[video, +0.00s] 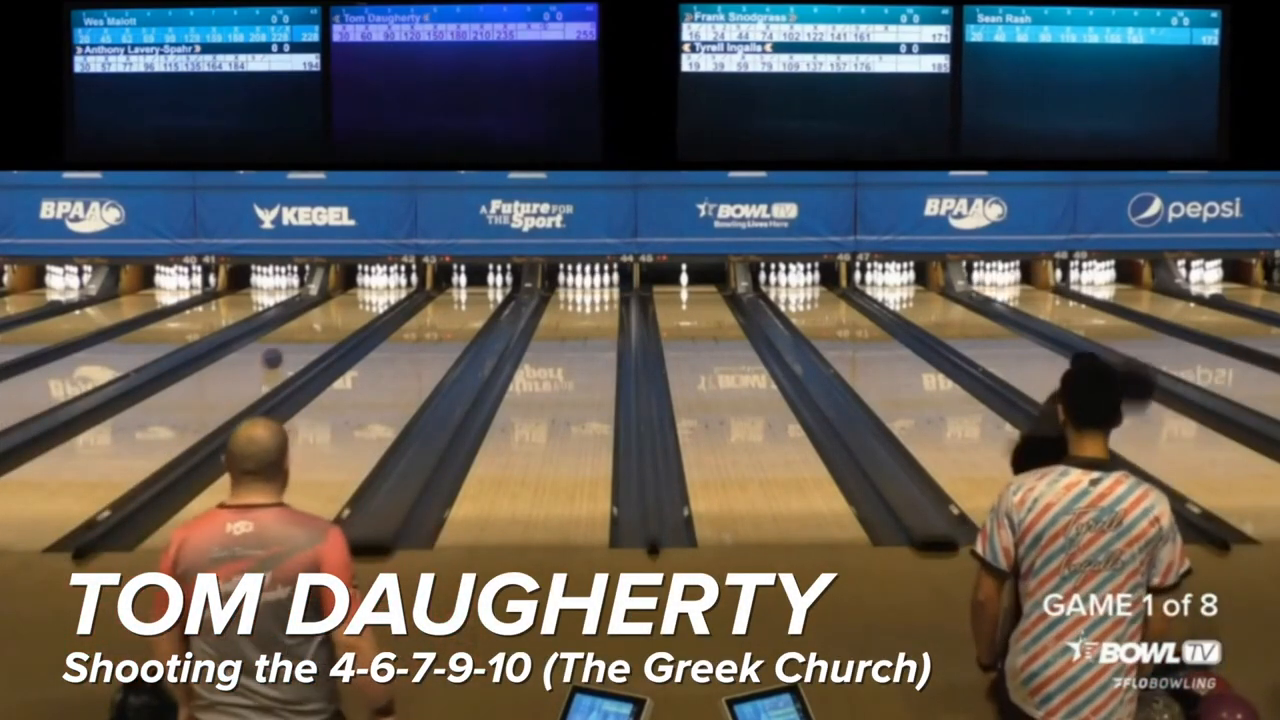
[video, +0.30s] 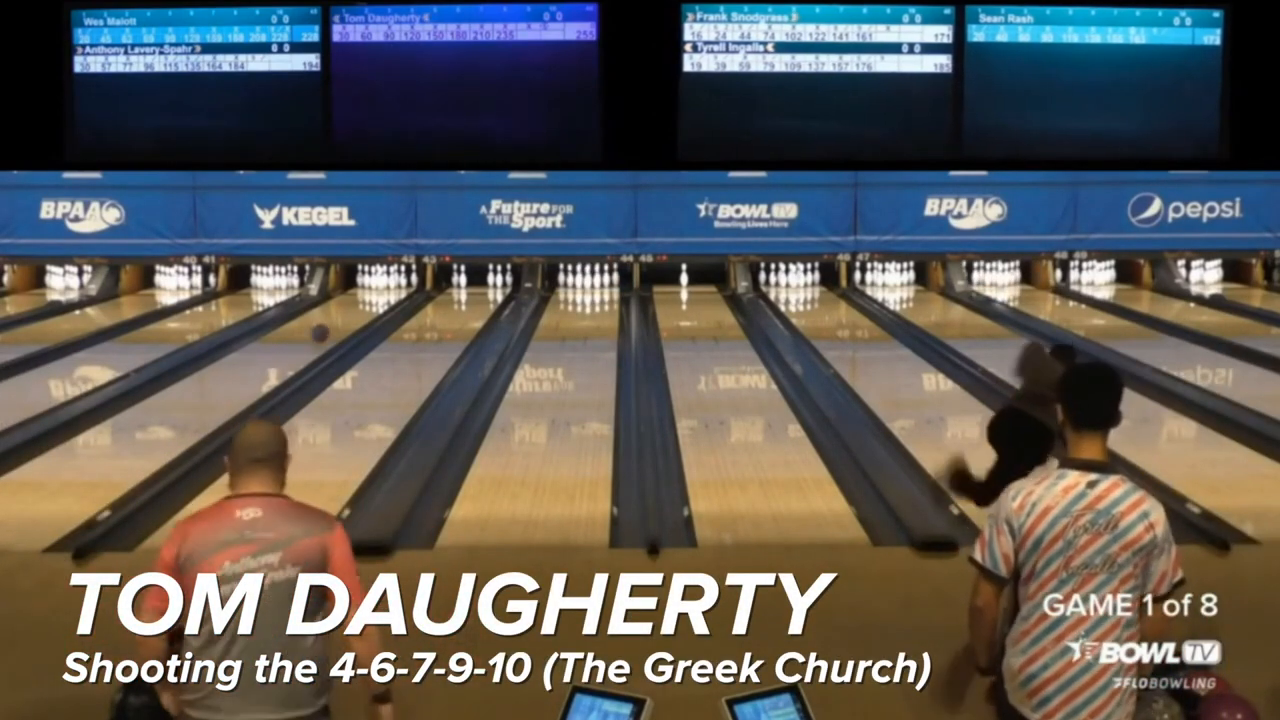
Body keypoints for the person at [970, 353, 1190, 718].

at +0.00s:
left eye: (1060, 405)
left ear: (1061, 412)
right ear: (1118, 418)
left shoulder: (1023, 493)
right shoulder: (1152, 504)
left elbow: (986, 595)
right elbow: (1161, 606)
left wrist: (988, 660)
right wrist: (1141, 670)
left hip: (1032, 686)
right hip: (1110, 693)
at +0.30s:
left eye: (1059, 408)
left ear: (1061, 414)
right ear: (1117, 419)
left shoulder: (1022, 498)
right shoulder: (1147, 511)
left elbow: (984, 601)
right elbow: (1156, 611)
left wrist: (986, 665)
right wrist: (1138, 670)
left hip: (1030, 683)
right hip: (1108, 691)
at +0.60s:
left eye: (1057, 408)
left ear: (1060, 413)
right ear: (1115, 418)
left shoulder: (1021, 498)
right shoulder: (1144, 511)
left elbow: (981, 602)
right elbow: (1152, 613)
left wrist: (985, 666)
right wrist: (1139, 670)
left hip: (1028, 683)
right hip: (1106, 691)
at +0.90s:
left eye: (1058, 405)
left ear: (1060, 413)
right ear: (1115, 418)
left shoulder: (1020, 499)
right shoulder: (1143, 512)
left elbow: (983, 602)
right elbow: (1150, 615)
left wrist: (984, 667)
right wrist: (1137, 674)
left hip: (1026, 686)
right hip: (1104, 695)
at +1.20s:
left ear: (1062, 417)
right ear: (1119, 421)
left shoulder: (1023, 498)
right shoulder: (1147, 513)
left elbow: (985, 602)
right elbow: (1150, 613)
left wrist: (985, 665)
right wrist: (1140, 672)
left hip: (1028, 686)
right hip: (1105, 694)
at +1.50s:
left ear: (1067, 414)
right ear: (1123, 422)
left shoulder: (1028, 498)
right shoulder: (1150, 514)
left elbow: (989, 600)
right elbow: (1151, 614)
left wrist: (987, 668)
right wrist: (1139, 676)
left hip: (1030, 686)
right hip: (1107, 695)